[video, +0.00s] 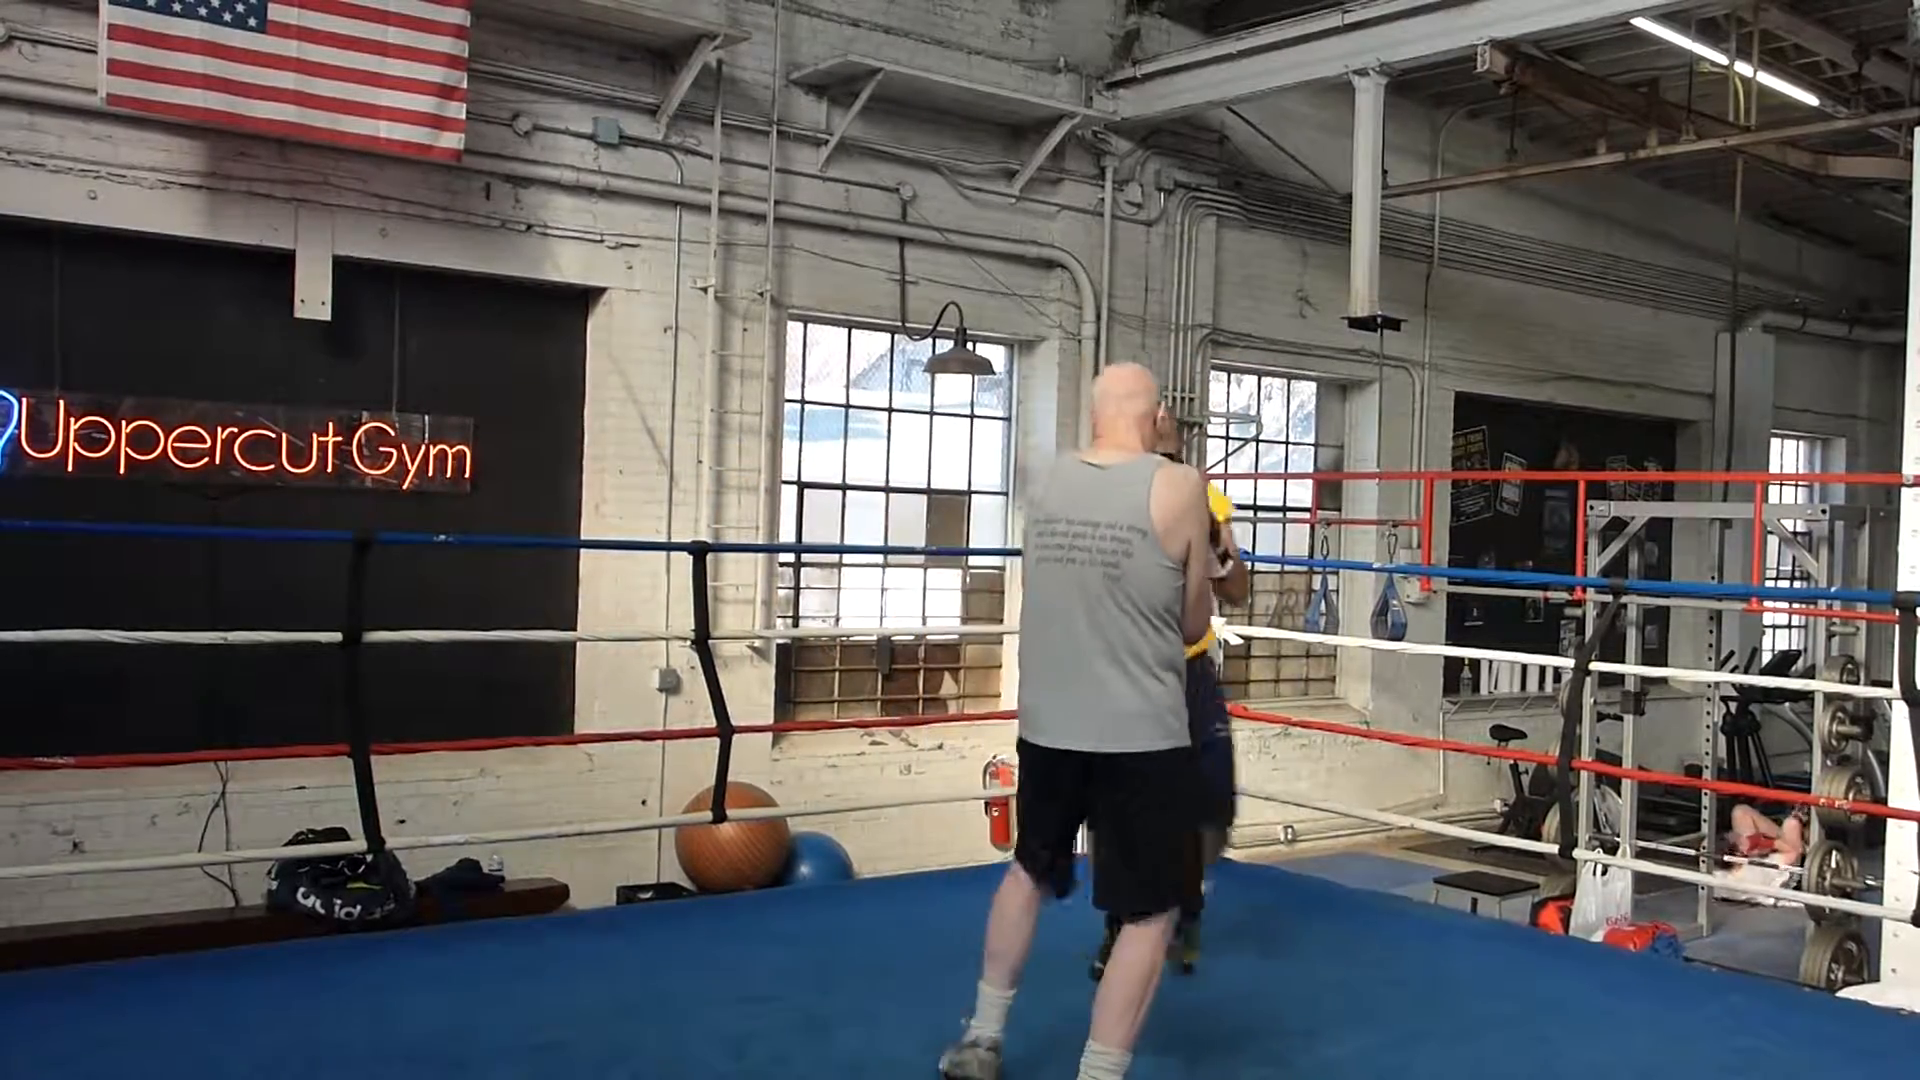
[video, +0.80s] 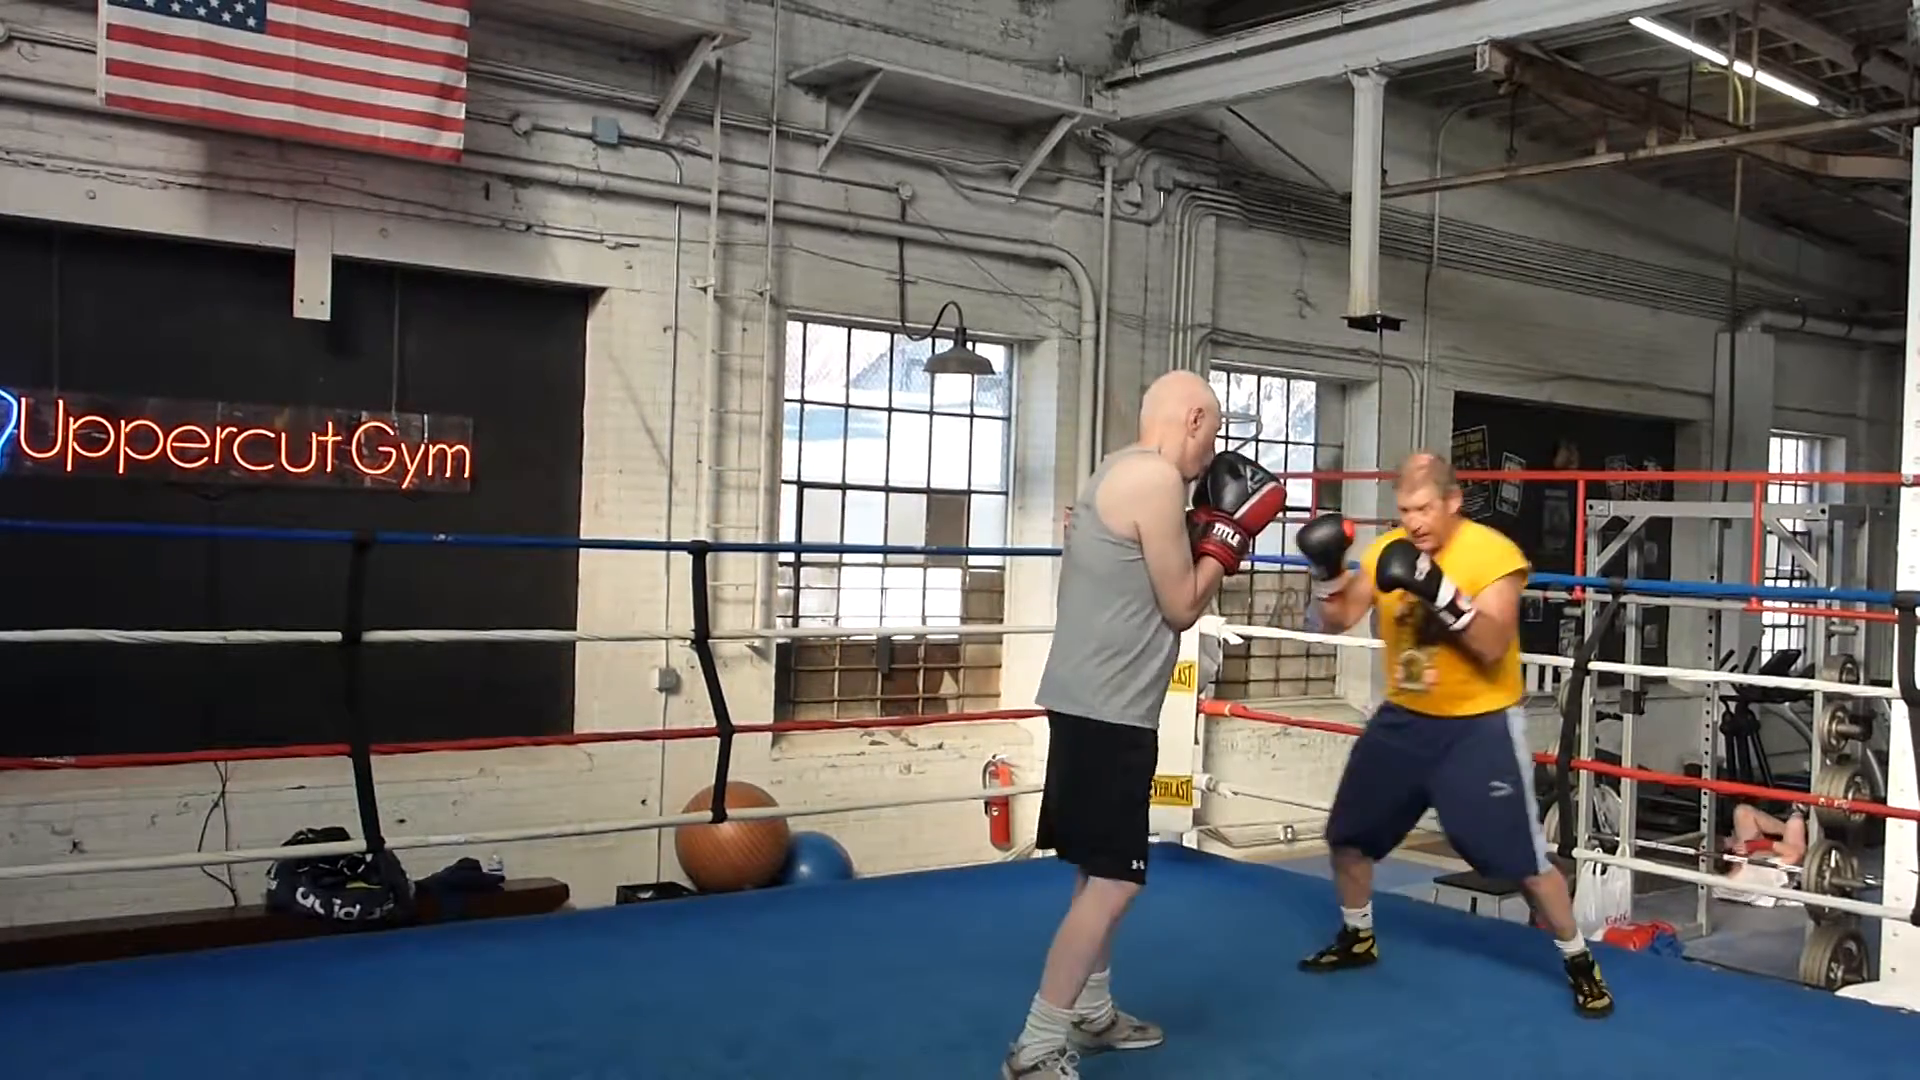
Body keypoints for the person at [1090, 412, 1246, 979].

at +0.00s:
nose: (1161, 442)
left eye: (1168, 434)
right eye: (1156, 432)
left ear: (1178, 440)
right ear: (1142, 432)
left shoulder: (1203, 497)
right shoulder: (1103, 493)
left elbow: (1236, 587)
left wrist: (1207, 553)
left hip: (1187, 664)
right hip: (1116, 665)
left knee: (1201, 801)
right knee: (1116, 809)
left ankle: (1186, 921)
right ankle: (1116, 928)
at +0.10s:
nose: (1177, 467)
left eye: (1187, 457)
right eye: (1168, 456)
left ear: (1207, 469)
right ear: (1149, 463)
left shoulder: (1228, 525)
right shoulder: (1127, 521)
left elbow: (1264, 615)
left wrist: (1245, 579)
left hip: (1218, 687)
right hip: (1145, 687)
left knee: (1267, 808)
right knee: (1137, 821)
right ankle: (1135, 932)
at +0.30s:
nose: (1244, 519)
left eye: (1255, 507)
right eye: (1234, 508)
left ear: (1273, 503)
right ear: (1217, 504)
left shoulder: (1303, 547)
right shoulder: (1199, 547)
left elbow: (1317, 639)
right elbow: (1184, 633)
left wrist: (1279, 599)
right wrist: (1224, 590)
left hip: (1295, 722)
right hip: (1213, 720)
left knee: (1340, 843)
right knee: (1169, 834)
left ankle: (1358, 928)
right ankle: (1141, 932)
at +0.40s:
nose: (1274, 494)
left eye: (1284, 483)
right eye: (1264, 484)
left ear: (1305, 479)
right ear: (1250, 482)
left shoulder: (1343, 521)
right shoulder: (1241, 528)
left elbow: (1359, 609)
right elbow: (1216, 598)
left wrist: (1312, 564)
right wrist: (1209, 557)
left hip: (1339, 696)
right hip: (1263, 694)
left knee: (1362, 823)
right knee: (1215, 810)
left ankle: (1369, 926)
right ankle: (1189, 919)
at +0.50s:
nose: (1303, 481)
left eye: (1313, 469)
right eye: (1293, 471)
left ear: (1338, 461)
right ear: (1281, 466)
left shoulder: (1376, 505)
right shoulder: (1266, 510)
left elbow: (1399, 598)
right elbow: (1226, 581)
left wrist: (1351, 551)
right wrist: (1224, 533)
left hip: (1369, 683)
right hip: (1296, 681)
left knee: (1393, 816)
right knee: (1272, 809)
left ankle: (1409, 916)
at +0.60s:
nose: (1340, 494)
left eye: (1351, 483)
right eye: (1330, 484)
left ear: (1375, 476)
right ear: (1317, 478)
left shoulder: (1411, 525)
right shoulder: (1295, 522)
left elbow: (1429, 621)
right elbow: (1249, 592)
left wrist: (1383, 566)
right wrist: (1238, 535)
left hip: (1401, 694)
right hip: (1327, 696)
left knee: (1438, 825)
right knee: (1320, 825)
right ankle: (1352, 932)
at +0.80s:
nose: (1412, 523)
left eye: (1423, 509)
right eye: (1404, 512)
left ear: (1454, 500)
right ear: (1396, 508)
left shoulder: (1494, 554)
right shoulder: (1387, 551)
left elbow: (1492, 647)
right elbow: (1336, 620)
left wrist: (1434, 586)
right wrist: (1327, 574)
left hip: (1481, 725)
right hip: (1402, 719)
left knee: (1522, 857)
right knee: (1349, 833)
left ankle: (1578, 962)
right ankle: (1357, 939)